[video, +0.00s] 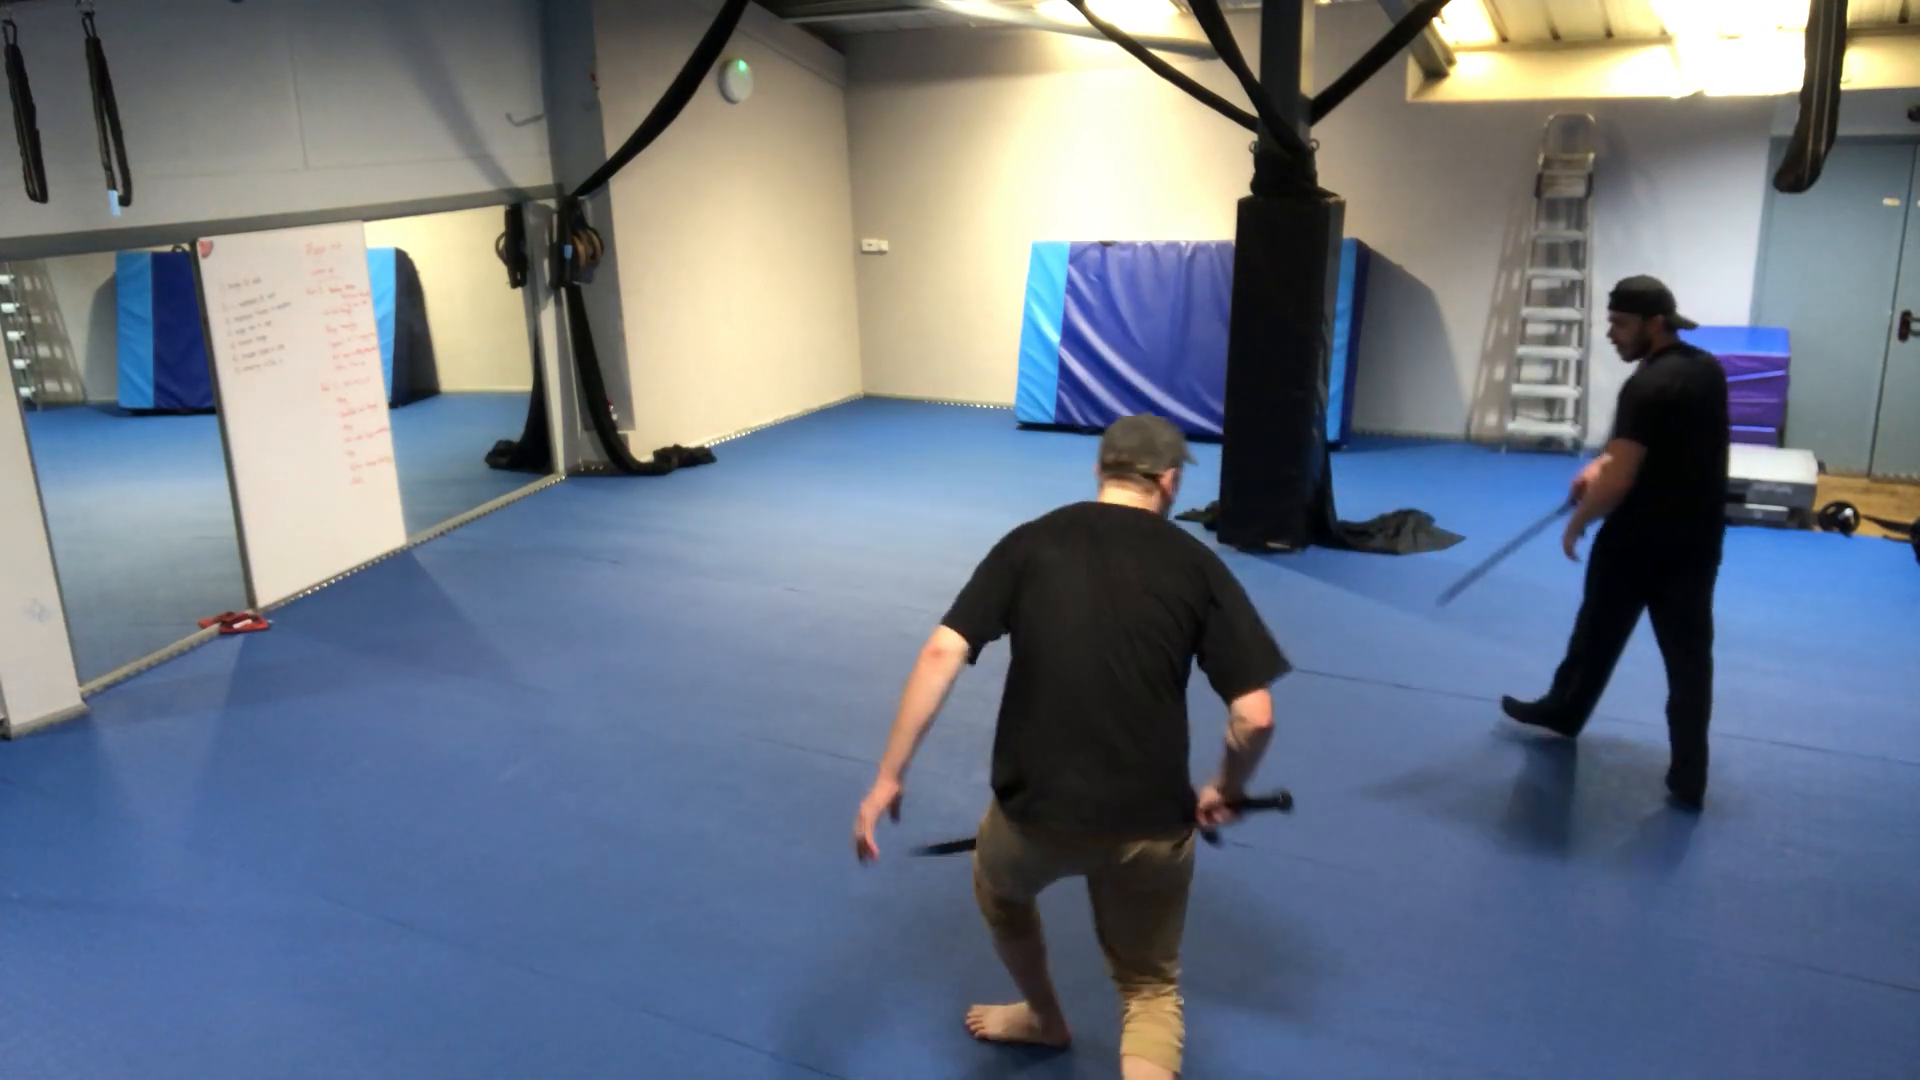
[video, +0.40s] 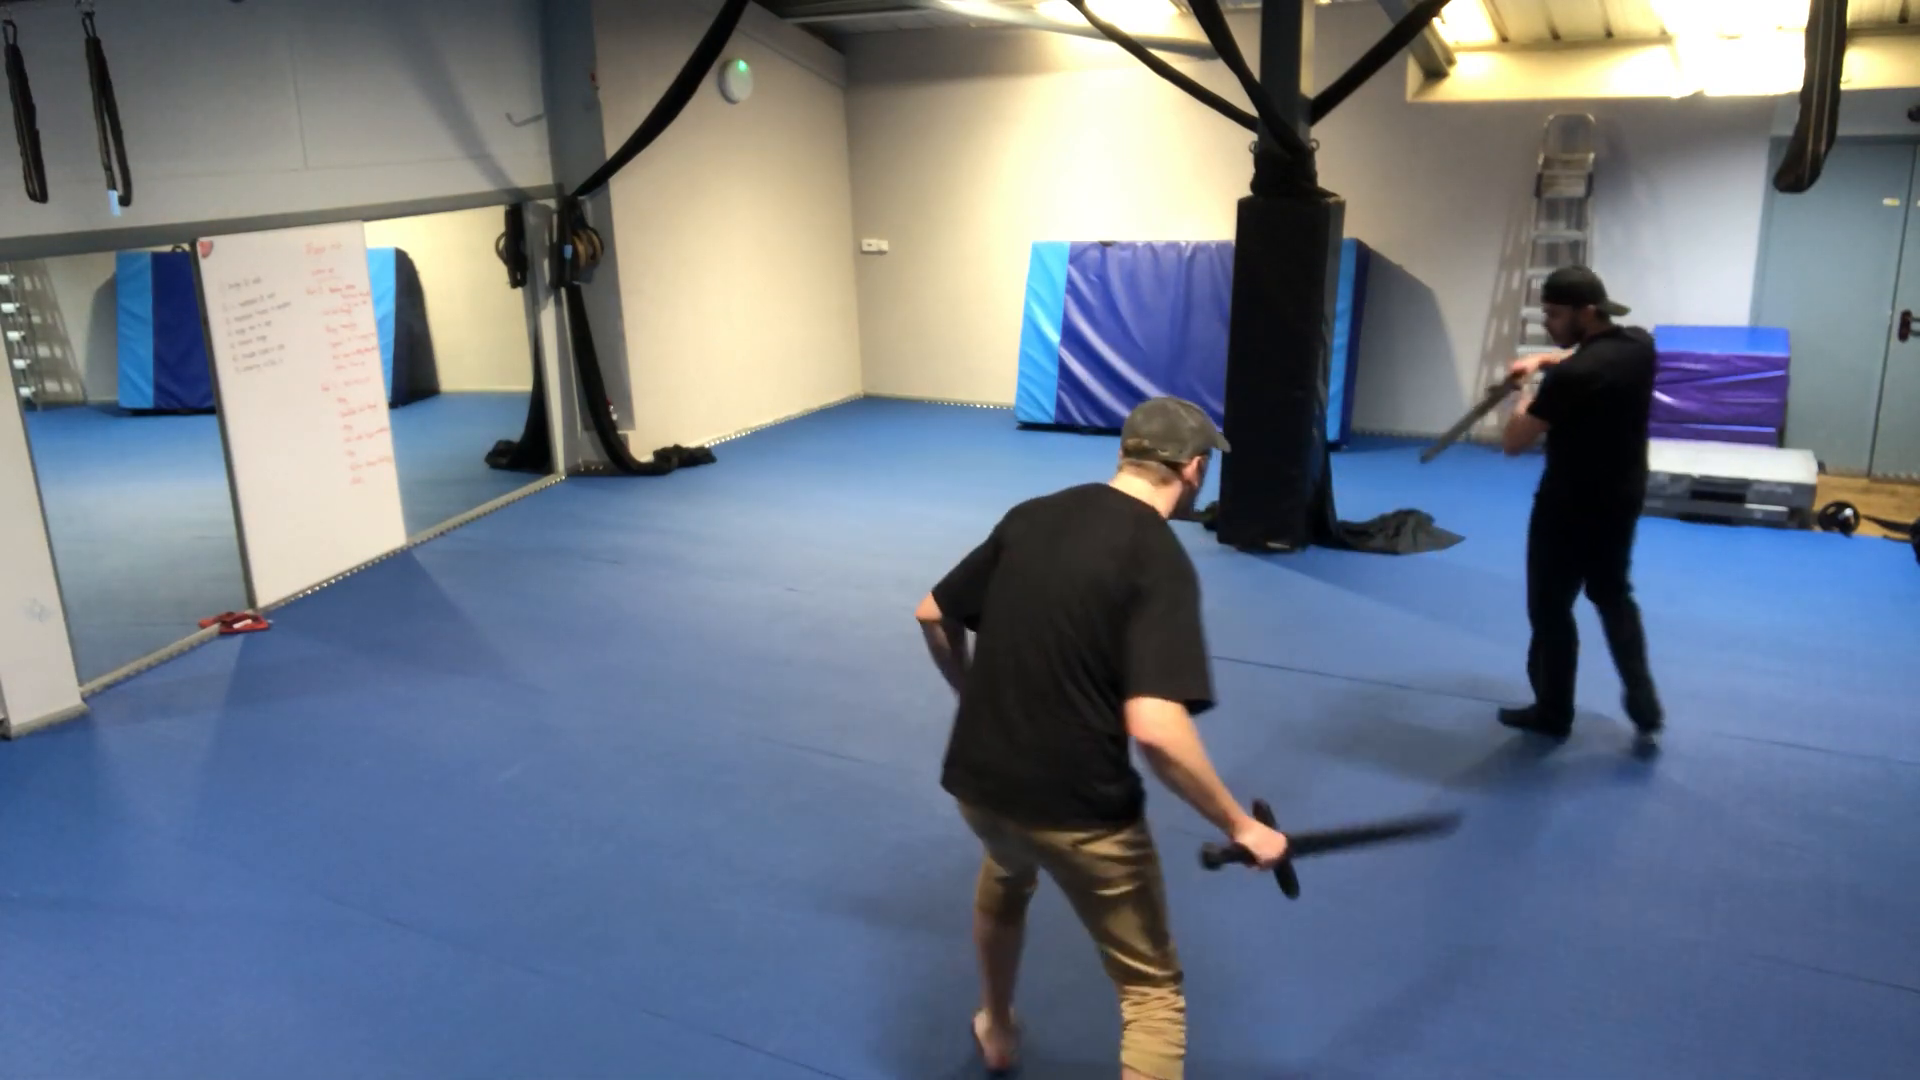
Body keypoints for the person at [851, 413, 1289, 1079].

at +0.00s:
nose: (1178, 488)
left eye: (1178, 480)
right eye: (1179, 480)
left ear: (1098, 474)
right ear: (1168, 482)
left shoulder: (1032, 542)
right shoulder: (1197, 566)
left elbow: (943, 650)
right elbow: (1254, 717)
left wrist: (889, 774)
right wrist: (1226, 790)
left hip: (1037, 811)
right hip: (1150, 822)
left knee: (1001, 892)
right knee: (1150, 982)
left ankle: (1042, 1014)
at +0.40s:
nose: (1206, 476)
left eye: (1210, 464)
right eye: (1207, 464)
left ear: (1125, 454)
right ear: (1189, 467)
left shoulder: (1036, 517)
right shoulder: (1159, 560)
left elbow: (934, 614)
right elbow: (1155, 726)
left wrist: (975, 697)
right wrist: (1240, 825)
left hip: (979, 770)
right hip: (1079, 800)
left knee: (1006, 871)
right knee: (1149, 987)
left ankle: (995, 1026)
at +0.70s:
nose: (1126, 469)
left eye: (1127, 457)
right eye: (1127, 457)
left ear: (1052, 447)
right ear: (1110, 460)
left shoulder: (973, 508)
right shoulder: (1067, 544)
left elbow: (893, 609)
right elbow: (1043, 696)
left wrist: (958, 674)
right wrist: (1149, 780)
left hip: (916, 756)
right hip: (993, 777)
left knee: (997, 867)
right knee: (1084, 965)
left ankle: (963, 1033)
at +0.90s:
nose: (1069, 454)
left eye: (1069, 441)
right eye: (1069, 442)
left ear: (996, 434)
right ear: (1052, 443)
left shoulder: (922, 495)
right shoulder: (1023, 525)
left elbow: (838, 590)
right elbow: (1010, 676)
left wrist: (881, 668)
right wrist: (1100, 745)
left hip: (883, 741)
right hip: (956, 762)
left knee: (973, 873)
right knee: (1044, 943)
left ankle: (961, 1040)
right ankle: (1003, 1068)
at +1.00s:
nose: (1046, 451)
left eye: (1046, 437)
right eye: (1048, 438)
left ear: (975, 428)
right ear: (1031, 438)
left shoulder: (903, 493)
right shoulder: (1006, 518)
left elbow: (816, 587)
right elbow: (1004, 671)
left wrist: (841, 680)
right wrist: (1087, 729)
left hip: (870, 737)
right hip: (940, 757)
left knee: (961, 880)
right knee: (1005, 936)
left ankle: (956, 1033)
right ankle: (897, 1071)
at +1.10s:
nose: (1029, 447)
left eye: (1029, 434)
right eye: (1030, 434)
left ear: (957, 425)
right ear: (1013, 433)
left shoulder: (886, 490)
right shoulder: (989, 513)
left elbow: (799, 588)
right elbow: (998, 670)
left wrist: (820, 679)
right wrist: (1073, 709)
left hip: (850, 729)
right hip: (918, 753)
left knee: (948, 890)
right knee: (956, 927)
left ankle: (961, 1035)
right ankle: (797, 1039)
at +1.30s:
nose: (990, 455)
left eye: (992, 441)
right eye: (992, 441)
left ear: (919, 429)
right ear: (974, 438)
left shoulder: (847, 490)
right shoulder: (937, 518)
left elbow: (765, 588)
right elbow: (963, 670)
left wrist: (798, 682)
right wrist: (1038, 692)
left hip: (818, 730)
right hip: (851, 757)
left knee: (933, 850)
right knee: (859, 920)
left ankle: (956, 1029)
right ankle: (738, 1018)